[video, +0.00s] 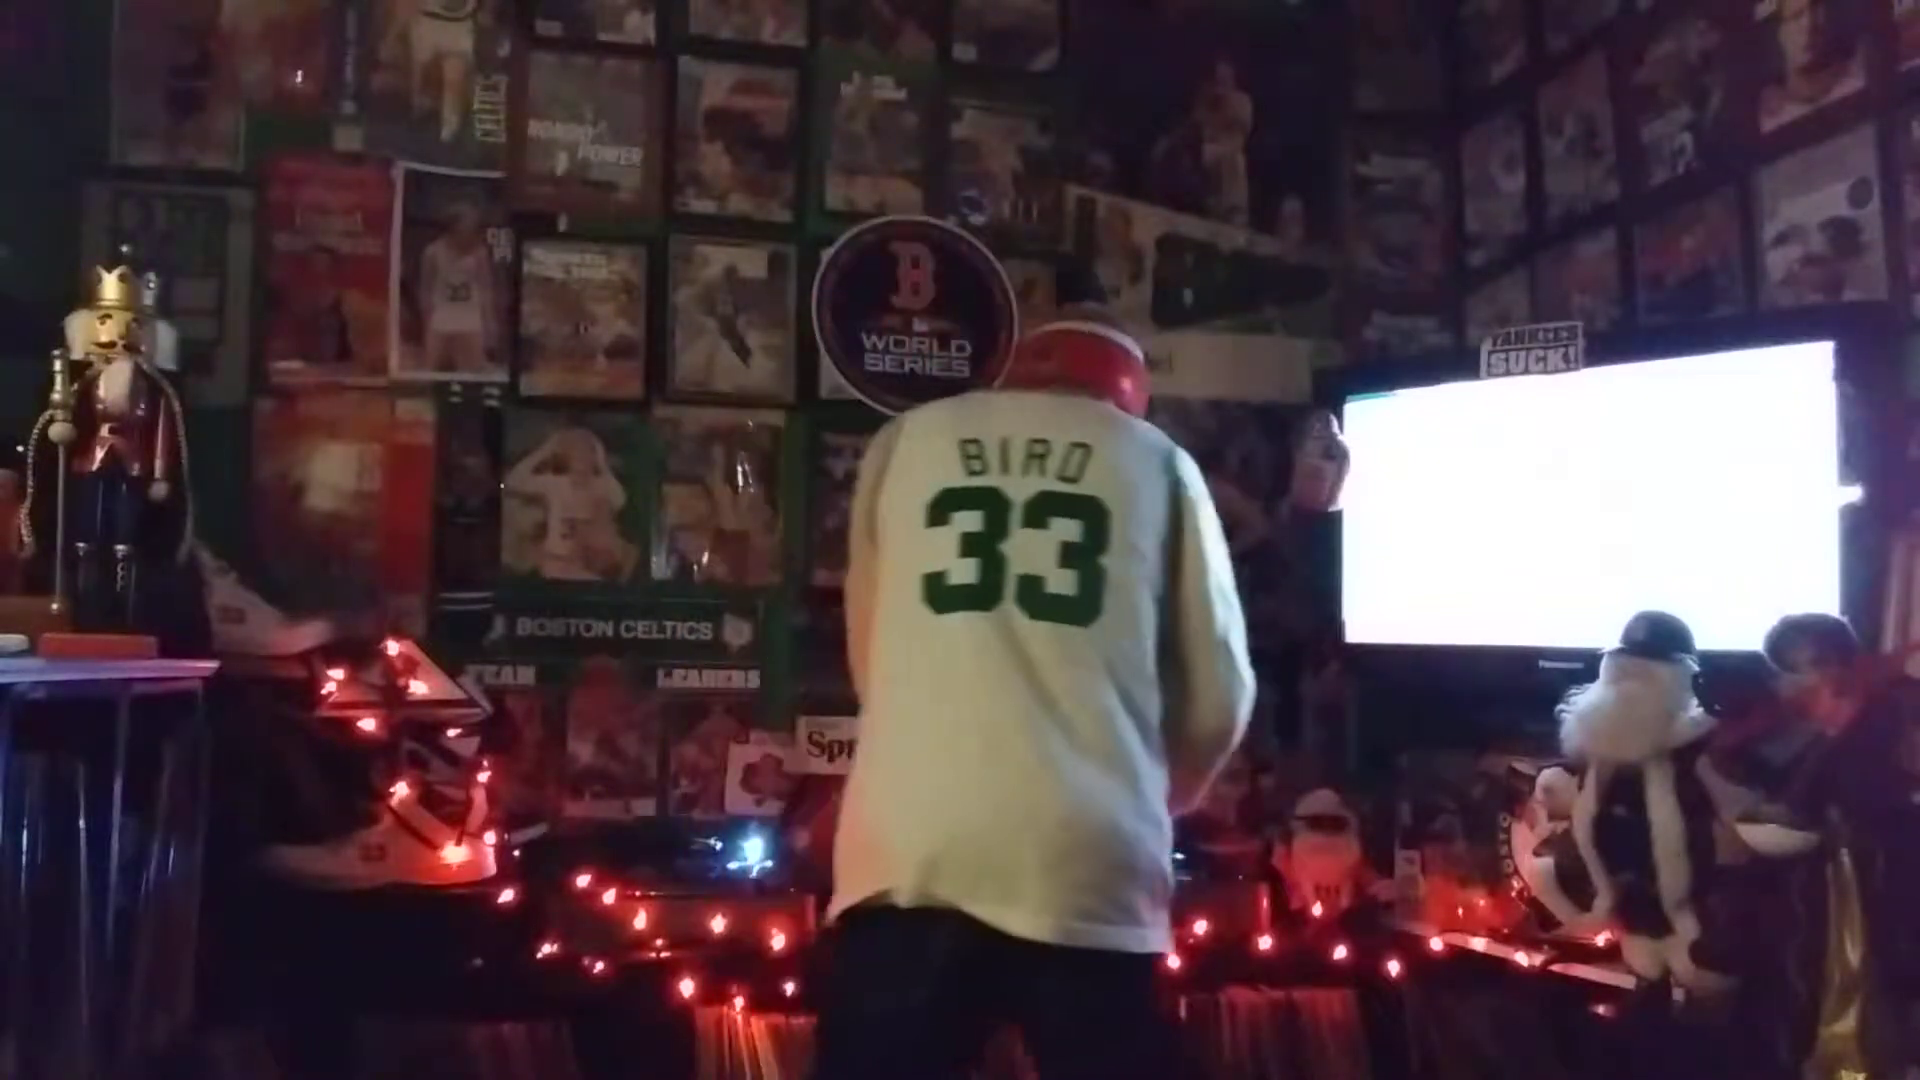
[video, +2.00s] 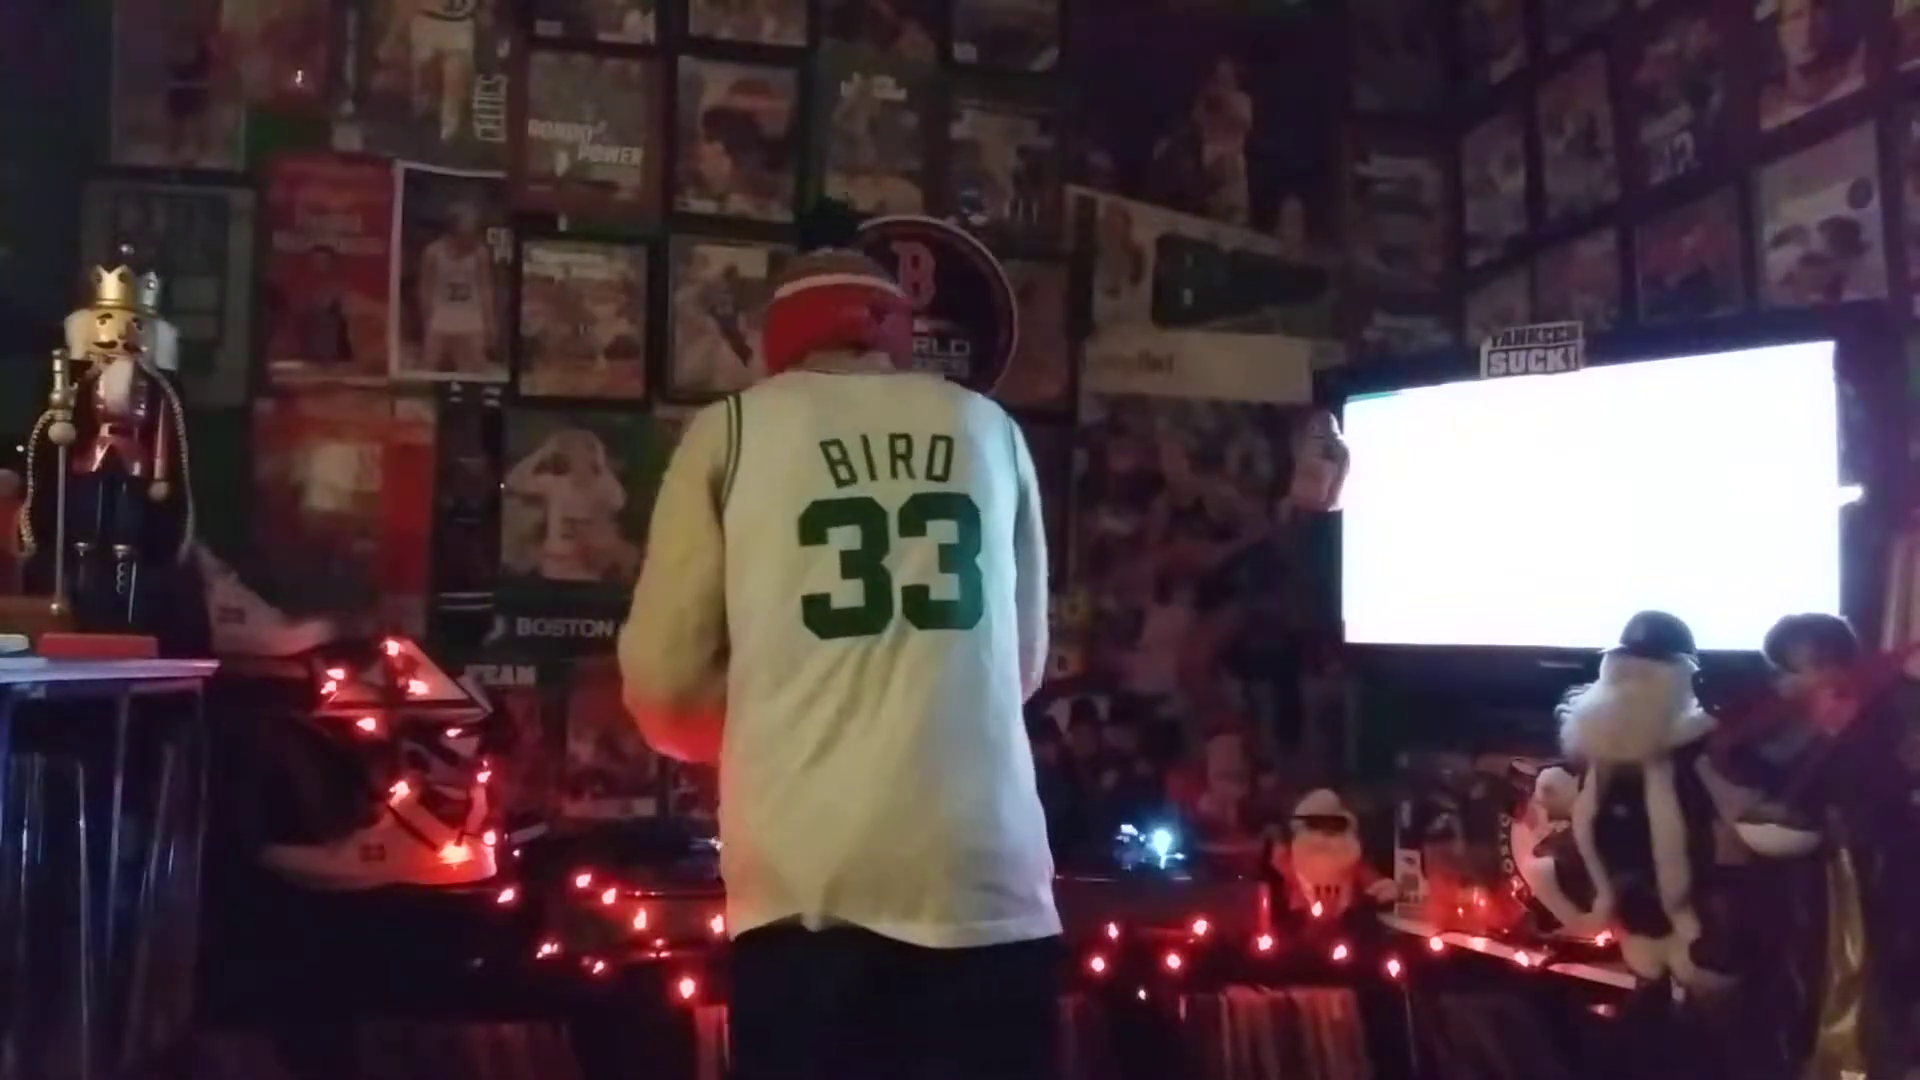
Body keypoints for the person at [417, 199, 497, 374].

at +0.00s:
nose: (467, 234)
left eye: (471, 229)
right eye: (463, 228)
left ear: (476, 229)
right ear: (453, 227)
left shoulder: (479, 252)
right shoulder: (434, 252)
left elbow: (486, 289)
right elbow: (425, 287)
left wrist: (490, 324)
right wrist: (427, 316)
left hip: (470, 323)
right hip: (440, 323)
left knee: (471, 378)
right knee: (435, 377)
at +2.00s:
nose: (466, 235)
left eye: (470, 230)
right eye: (462, 230)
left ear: (475, 230)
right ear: (453, 228)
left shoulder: (480, 253)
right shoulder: (434, 252)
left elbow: (486, 290)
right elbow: (425, 288)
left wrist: (490, 324)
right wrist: (428, 318)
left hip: (471, 326)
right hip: (440, 325)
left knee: (472, 379)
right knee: (435, 378)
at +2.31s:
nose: (466, 237)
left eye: (470, 232)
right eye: (462, 232)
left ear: (475, 232)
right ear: (452, 230)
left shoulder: (480, 253)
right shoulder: (434, 252)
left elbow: (486, 290)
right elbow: (425, 288)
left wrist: (489, 324)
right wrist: (428, 318)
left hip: (472, 328)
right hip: (440, 327)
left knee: (472, 381)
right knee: (433, 380)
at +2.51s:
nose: (466, 236)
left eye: (470, 231)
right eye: (462, 231)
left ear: (475, 231)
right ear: (453, 229)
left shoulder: (480, 253)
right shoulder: (434, 252)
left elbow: (487, 290)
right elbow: (425, 287)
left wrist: (490, 323)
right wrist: (428, 316)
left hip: (472, 327)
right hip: (440, 326)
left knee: (471, 379)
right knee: (434, 379)